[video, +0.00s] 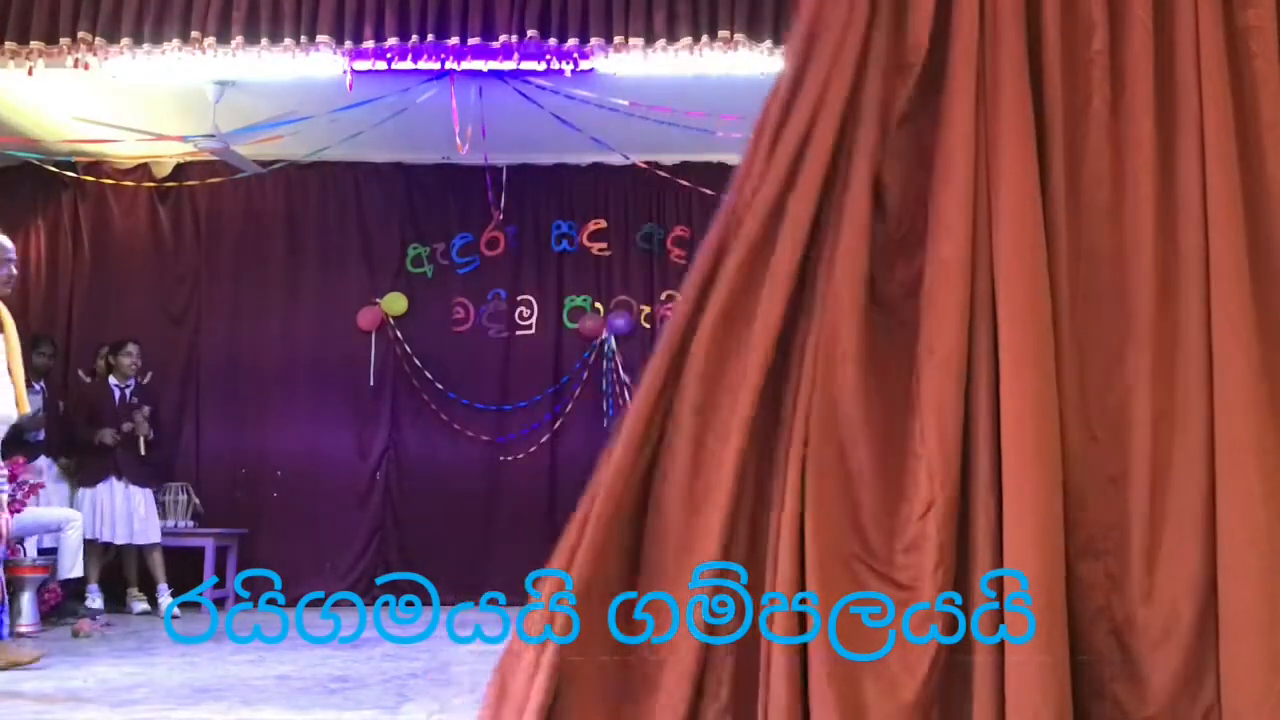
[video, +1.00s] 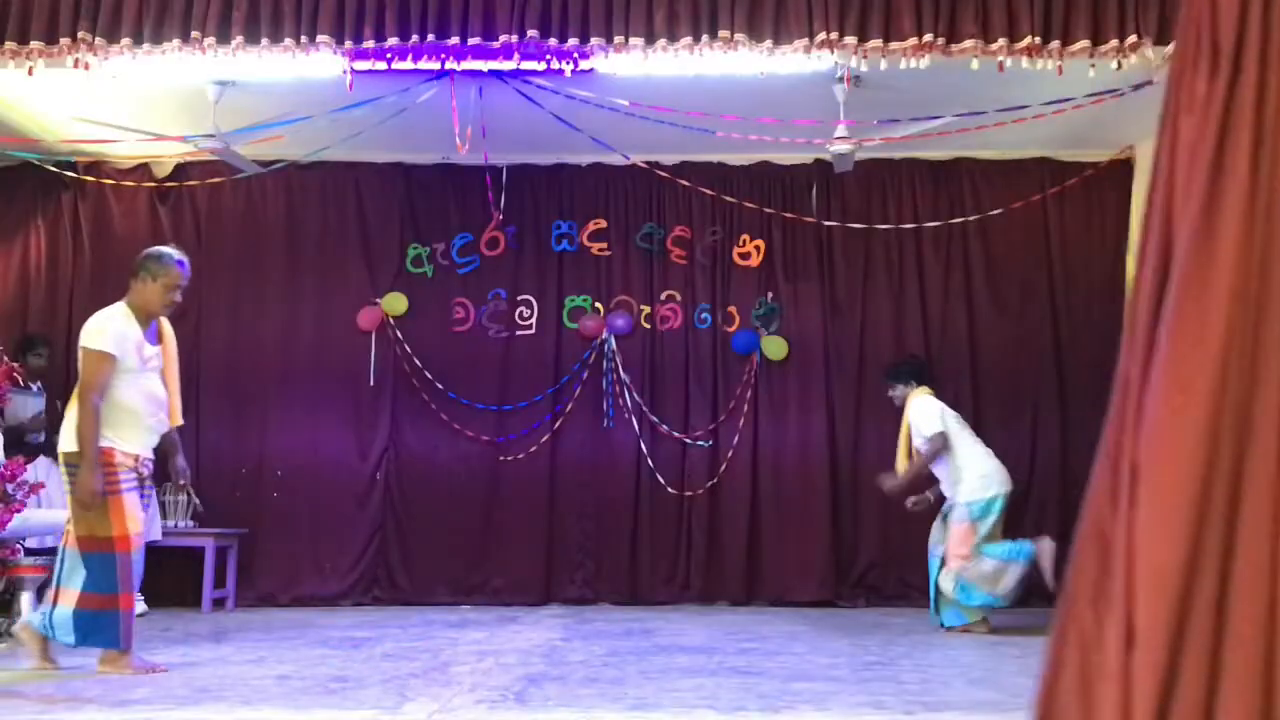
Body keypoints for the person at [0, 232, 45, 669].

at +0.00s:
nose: (10, 270)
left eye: (13, 263)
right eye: (5, 262)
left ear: (19, 268)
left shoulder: (9, 321)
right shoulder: (6, 322)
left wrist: (25, 424)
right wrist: (23, 425)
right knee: (67, 519)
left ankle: (13, 634)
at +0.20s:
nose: (45, 273)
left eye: (45, 265)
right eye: (36, 265)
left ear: (29, 270)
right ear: (6, 267)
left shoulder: (29, 317)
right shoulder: (5, 316)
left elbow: (42, 377)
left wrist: (52, 419)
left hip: (27, 449)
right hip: (5, 448)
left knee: (20, 547)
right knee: (12, 547)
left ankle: (9, 641)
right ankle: (6, 641)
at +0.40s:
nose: (73, 282)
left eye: (74, 275)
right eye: (65, 273)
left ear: (61, 278)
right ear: (34, 273)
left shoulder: (57, 324)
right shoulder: (8, 320)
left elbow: (68, 395)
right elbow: (1, 381)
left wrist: (101, 444)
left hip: (51, 452)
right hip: (15, 449)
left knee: (47, 542)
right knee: (33, 538)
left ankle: (18, 644)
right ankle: (6, 642)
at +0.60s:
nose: (100, 284)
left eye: (102, 276)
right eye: (93, 275)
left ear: (91, 277)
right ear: (63, 271)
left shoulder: (85, 325)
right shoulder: (33, 318)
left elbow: (104, 388)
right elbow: (8, 389)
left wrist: (149, 427)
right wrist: (13, 456)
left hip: (73, 453)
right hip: (41, 449)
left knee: (40, 542)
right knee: (68, 532)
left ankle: (16, 643)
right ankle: (49, 641)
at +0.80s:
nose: (133, 288)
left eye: (136, 280)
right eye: (126, 278)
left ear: (135, 282)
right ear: (96, 275)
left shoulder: (119, 327)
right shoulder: (65, 322)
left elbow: (133, 391)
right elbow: (40, 394)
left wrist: (175, 431)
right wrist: (46, 461)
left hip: (99, 454)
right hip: (67, 450)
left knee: (42, 544)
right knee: (93, 543)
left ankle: (10, 644)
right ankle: (106, 649)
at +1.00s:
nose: (177, 299)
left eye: (181, 290)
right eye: (172, 288)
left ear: (167, 289)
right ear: (142, 281)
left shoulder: (152, 331)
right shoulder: (108, 325)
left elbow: (154, 400)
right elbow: (88, 397)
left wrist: (174, 453)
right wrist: (88, 465)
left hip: (131, 455)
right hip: (99, 452)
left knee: (105, 549)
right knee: (125, 545)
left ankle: (39, 626)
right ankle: (117, 653)